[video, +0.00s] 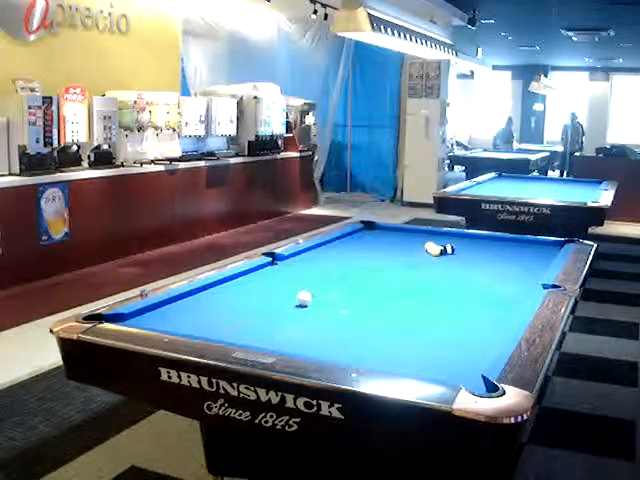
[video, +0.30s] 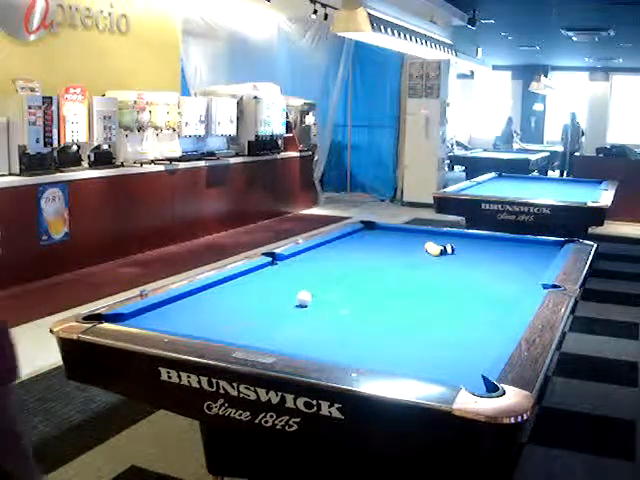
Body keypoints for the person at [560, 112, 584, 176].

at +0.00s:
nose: (572, 120)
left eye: (574, 119)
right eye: (571, 119)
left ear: (576, 118)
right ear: (570, 118)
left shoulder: (579, 126)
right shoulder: (566, 126)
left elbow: (581, 136)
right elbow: (563, 135)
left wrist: (580, 146)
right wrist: (563, 142)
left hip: (575, 146)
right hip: (566, 146)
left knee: (571, 159)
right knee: (563, 159)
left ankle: (569, 173)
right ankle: (561, 173)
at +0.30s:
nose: (572, 119)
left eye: (574, 117)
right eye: (571, 117)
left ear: (576, 118)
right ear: (570, 117)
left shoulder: (578, 126)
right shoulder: (566, 126)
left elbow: (580, 135)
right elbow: (563, 135)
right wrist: (563, 142)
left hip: (574, 146)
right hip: (566, 145)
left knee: (571, 160)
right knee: (563, 159)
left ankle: (569, 173)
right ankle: (561, 173)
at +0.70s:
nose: (572, 119)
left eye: (574, 118)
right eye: (571, 117)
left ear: (575, 118)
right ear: (570, 117)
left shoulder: (577, 126)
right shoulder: (566, 125)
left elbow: (578, 136)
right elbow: (563, 135)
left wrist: (577, 145)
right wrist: (563, 142)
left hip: (573, 146)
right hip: (566, 145)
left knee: (571, 160)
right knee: (564, 159)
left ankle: (569, 172)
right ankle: (561, 172)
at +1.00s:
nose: (572, 119)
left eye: (573, 118)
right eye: (571, 117)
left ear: (575, 118)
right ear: (570, 117)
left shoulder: (577, 126)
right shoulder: (566, 125)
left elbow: (578, 136)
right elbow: (563, 135)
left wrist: (577, 145)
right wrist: (563, 142)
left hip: (573, 146)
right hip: (566, 145)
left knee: (571, 160)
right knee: (564, 160)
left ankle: (569, 173)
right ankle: (561, 173)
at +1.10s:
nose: (571, 118)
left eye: (573, 117)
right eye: (570, 117)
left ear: (575, 117)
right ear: (569, 117)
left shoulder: (576, 125)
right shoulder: (565, 125)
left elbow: (578, 135)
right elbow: (563, 134)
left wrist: (577, 143)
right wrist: (562, 142)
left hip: (573, 146)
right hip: (566, 145)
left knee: (571, 160)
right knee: (563, 160)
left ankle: (570, 173)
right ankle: (562, 173)